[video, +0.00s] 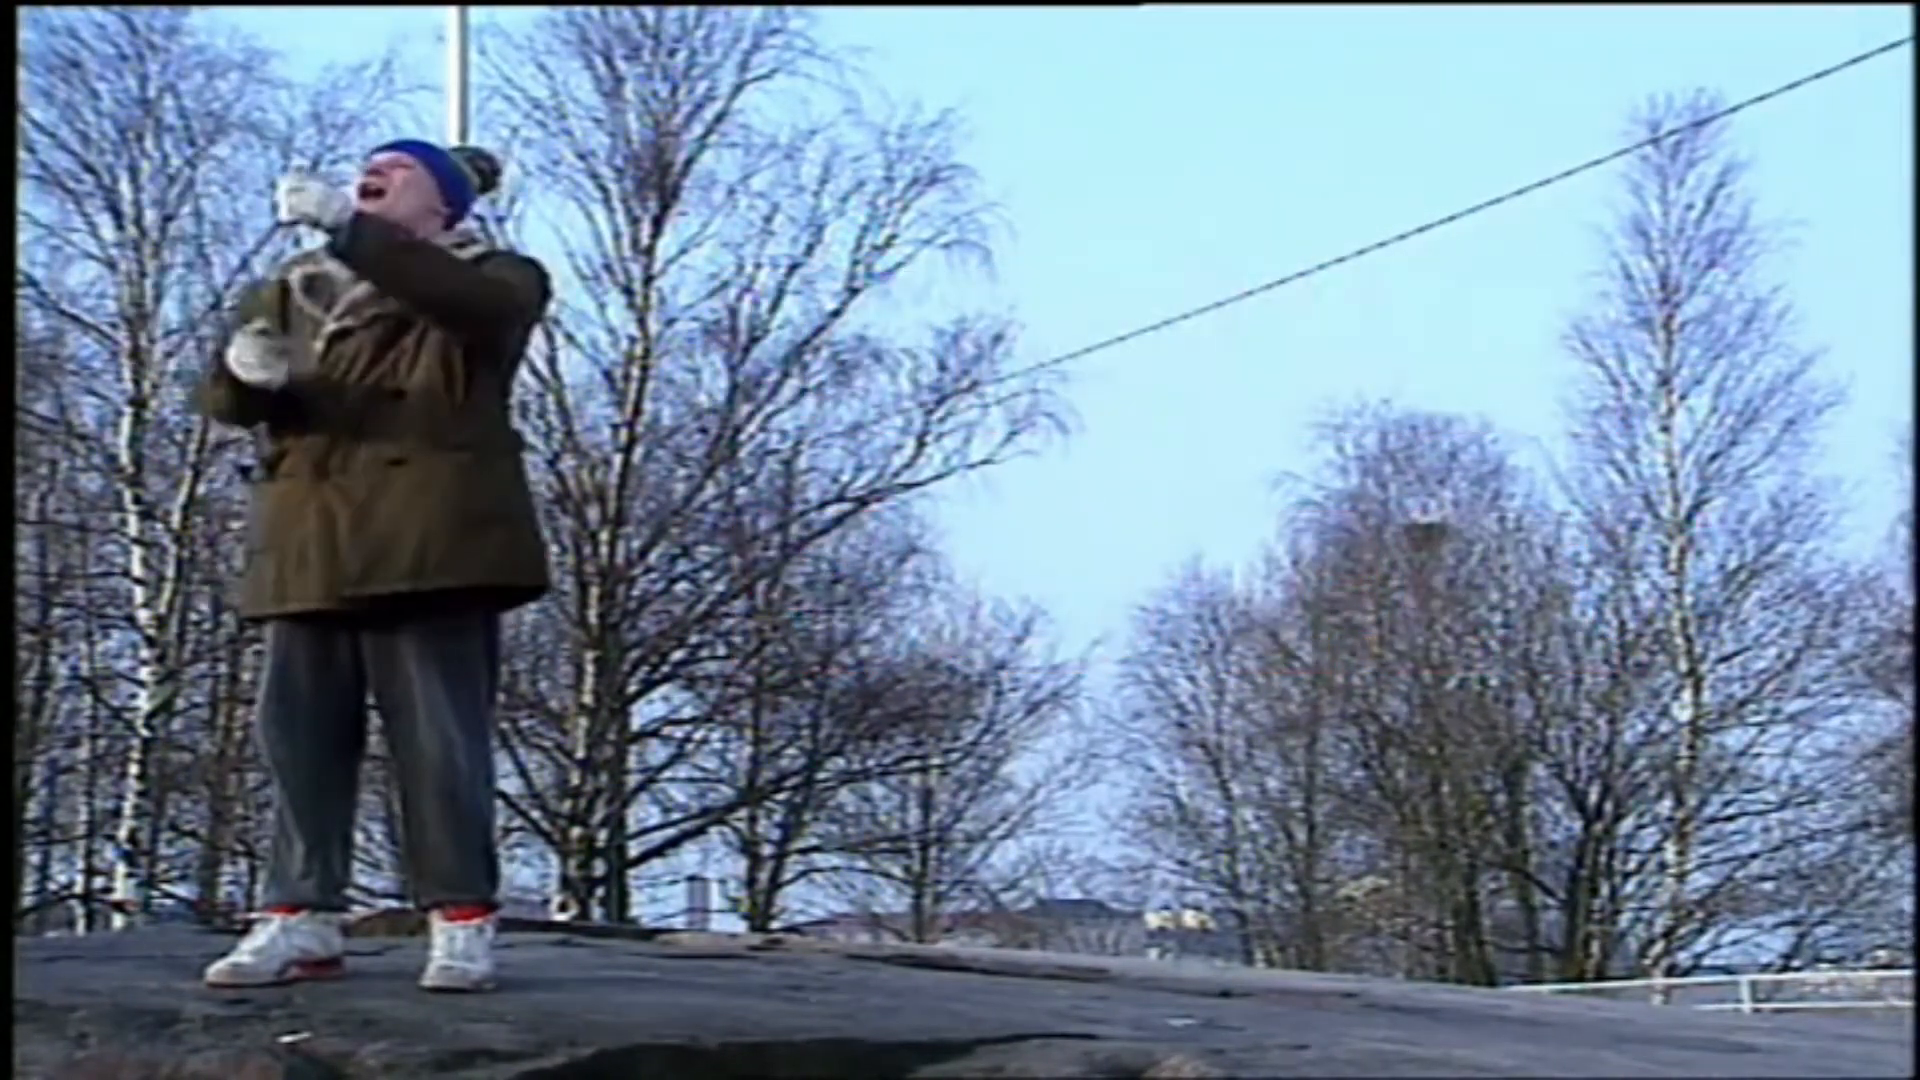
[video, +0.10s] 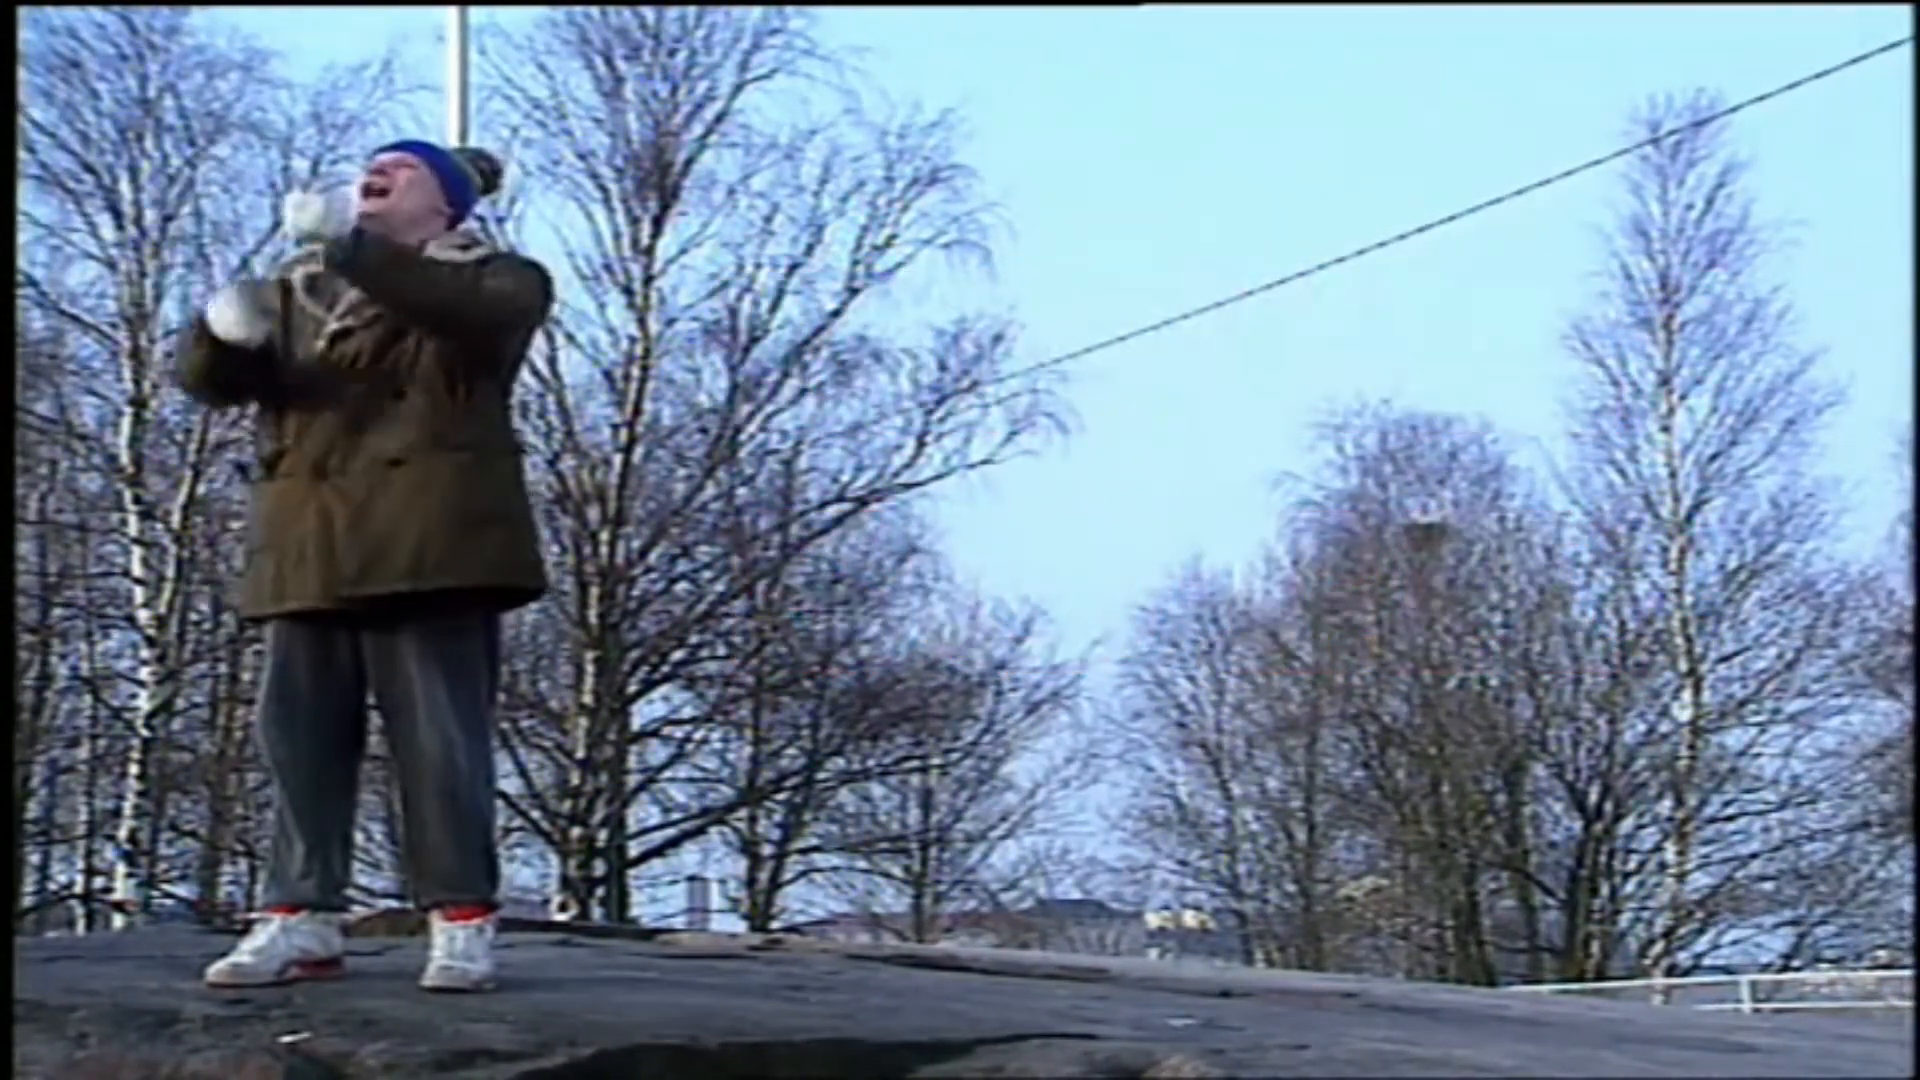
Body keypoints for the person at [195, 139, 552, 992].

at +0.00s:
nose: (365, 185)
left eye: (389, 173)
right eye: (360, 177)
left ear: (446, 202)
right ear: (351, 199)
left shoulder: (500, 276)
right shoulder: (308, 286)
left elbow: (471, 295)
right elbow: (224, 401)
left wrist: (348, 230)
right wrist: (249, 370)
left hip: (432, 540)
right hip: (307, 545)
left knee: (439, 738)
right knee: (300, 735)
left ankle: (460, 919)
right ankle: (304, 918)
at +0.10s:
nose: (370, 185)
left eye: (393, 174)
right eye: (365, 179)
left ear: (450, 202)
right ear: (355, 200)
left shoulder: (495, 275)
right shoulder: (304, 291)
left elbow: (497, 303)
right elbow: (203, 377)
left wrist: (354, 251)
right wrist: (223, 333)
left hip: (433, 546)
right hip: (307, 550)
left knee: (440, 740)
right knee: (301, 738)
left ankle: (461, 918)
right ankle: (305, 918)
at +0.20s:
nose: (377, 177)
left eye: (401, 167)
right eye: (372, 170)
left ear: (453, 202)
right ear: (360, 200)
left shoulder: (505, 280)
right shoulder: (315, 285)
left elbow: (477, 333)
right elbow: (188, 321)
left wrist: (344, 298)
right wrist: (194, 245)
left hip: (436, 556)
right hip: (308, 557)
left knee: (442, 741)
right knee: (299, 737)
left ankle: (462, 919)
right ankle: (305, 918)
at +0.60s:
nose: (380, 174)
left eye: (404, 166)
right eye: (374, 168)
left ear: (454, 204)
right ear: (360, 192)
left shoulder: (498, 276)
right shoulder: (300, 283)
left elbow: (489, 310)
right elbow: (239, 393)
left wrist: (343, 246)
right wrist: (234, 367)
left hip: (432, 543)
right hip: (305, 542)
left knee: (440, 737)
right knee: (300, 734)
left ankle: (461, 919)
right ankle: (305, 918)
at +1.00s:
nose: (376, 174)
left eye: (401, 167)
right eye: (370, 169)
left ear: (450, 204)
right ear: (354, 200)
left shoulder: (503, 279)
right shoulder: (305, 280)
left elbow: (472, 353)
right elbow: (186, 332)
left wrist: (342, 340)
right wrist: (192, 252)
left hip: (435, 559)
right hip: (306, 561)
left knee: (442, 741)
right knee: (299, 738)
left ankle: (463, 919)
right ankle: (305, 918)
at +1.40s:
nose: (375, 177)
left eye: (401, 168)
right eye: (369, 171)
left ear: (452, 204)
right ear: (356, 202)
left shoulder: (502, 282)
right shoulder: (314, 281)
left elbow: (482, 348)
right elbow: (263, 386)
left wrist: (340, 301)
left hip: (429, 550)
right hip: (305, 549)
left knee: (440, 740)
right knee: (299, 737)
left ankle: (461, 918)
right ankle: (306, 918)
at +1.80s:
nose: (382, 178)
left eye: (407, 171)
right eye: (376, 172)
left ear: (453, 207)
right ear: (359, 201)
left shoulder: (503, 279)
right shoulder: (307, 279)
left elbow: (479, 347)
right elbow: (186, 334)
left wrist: (341, 319)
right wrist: (177, 246)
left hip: (437, 555)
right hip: (306, 556)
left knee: (443, 739)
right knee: (299, 735)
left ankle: (462, 919)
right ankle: (306, 918)